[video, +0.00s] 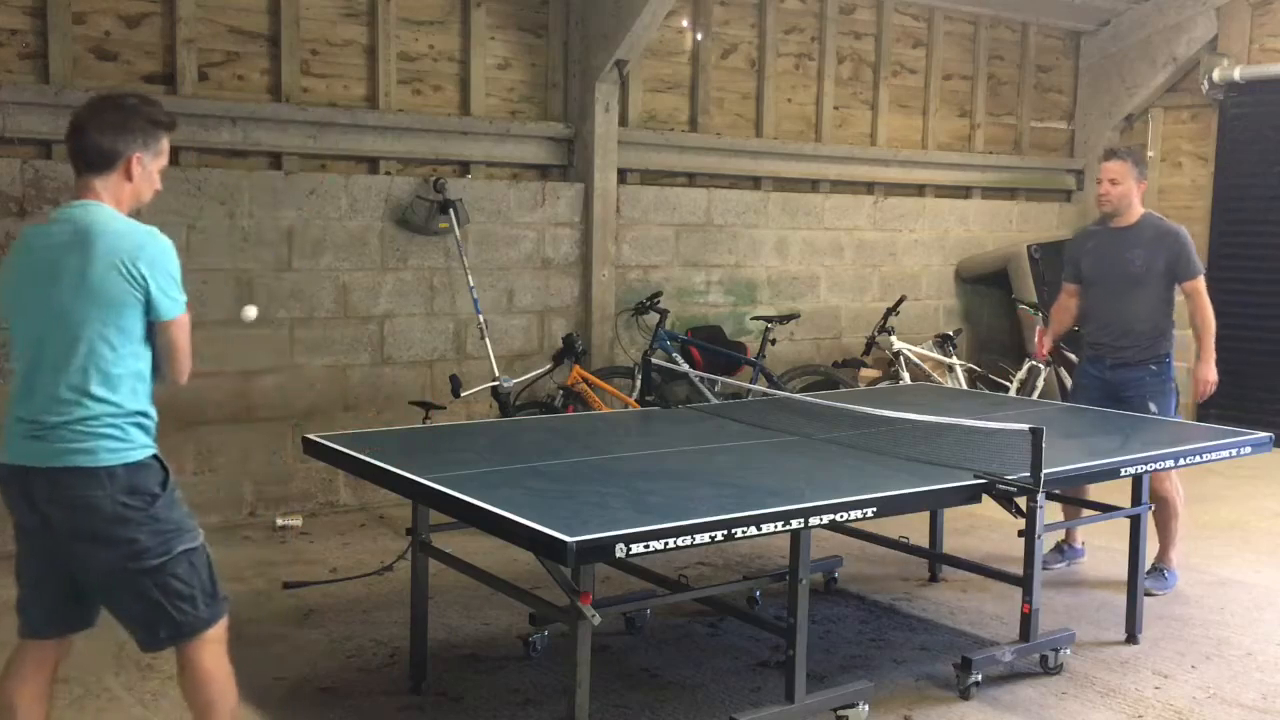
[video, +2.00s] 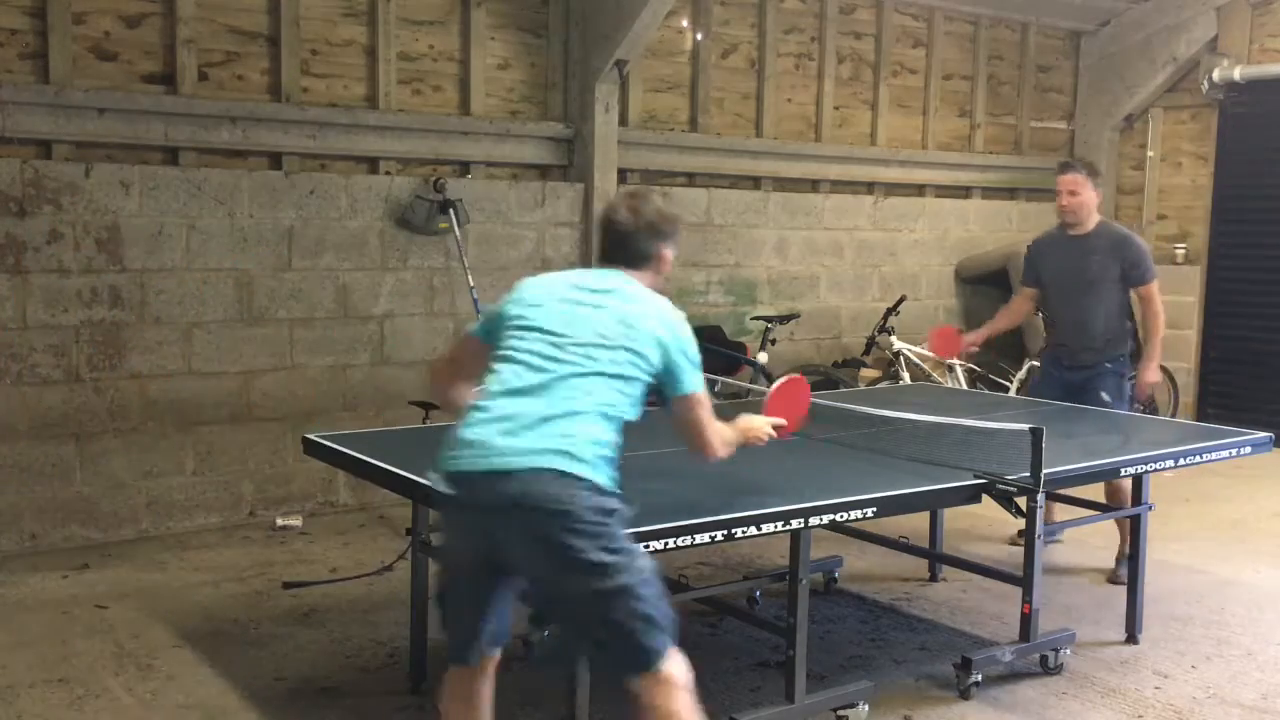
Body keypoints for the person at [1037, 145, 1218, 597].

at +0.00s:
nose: (1102, 190)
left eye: (1113, 182)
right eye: (1100, 182)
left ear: (1139, 187)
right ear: (1098, 187)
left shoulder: (1169, 237)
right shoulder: (1084, 241)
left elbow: (1197, 298)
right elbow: (1068, 299)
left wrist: (1206, 359)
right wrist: (1050, 331)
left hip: (1148, 373)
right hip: (1092, 370)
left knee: (1159, 476)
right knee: (1070, 458)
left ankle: (1165, 562)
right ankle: (1071, 542)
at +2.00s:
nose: (1064, 201)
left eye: (1073, 193)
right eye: (1058, 194)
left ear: (1095, 197)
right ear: (1054, 199)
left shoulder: (1124, 245)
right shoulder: (1042, 249)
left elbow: (1152, 304)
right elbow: (1024, 302)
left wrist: (1151, 361)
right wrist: (984, 332)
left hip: (1108, 369)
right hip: (1055, 366)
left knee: (1113, 461)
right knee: (1041, 448)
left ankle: (1129, 546)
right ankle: (1048, 522)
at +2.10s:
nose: (1037, 215)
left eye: (1045, 206)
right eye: (1034, 207)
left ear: (1072, 206)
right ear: (1035, 210)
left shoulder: (1105, 257)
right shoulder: (1031, 259)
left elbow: (1136, 319)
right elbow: (1013, 313)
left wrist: (1119, 373)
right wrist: (959, 339)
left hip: (1090, 381)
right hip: (1039, 376)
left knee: (1109, 468)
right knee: (1004, 435)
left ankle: (1127, 548)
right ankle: (1013, 510)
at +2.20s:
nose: (1001, 224)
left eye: (1008, 215)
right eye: (1000, 216)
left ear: (1038, 215)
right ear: (1016, 219)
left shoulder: (1074, 261)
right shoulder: (1007, 267)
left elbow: (1102, 319)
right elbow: (995, 319)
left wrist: (1080, 349)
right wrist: (948, 345)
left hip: (1071, 384)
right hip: (1021, 379)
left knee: (1093, 462)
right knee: (966, 429)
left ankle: (1125, 548)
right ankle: (929, 506)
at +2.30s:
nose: (958, 227)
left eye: (964, 218)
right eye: (956, 219)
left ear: (994, 217)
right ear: (973, 222)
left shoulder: (1031, 257)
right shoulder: (968, 270)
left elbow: (1071, 301)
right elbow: (954, 326)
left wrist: (1059, 321)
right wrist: (902, 346)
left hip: (1043, 385)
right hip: (990, 384)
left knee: (1081, 464)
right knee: (939, 441)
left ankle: (1123, 547)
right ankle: (890, 505)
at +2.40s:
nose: (910, 235)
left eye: (916, 226)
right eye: (909, 227)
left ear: (942, 225)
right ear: (925, 228)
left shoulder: (977, 262)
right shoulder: (923, 282)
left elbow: (1031, 287)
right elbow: (888, 335)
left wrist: (1040, 303)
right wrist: (834, 345)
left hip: (1007, 380)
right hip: (961, 383)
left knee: (1055, 459)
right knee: (913, 437)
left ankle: (1112, 544)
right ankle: (881, 512)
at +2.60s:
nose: (847, 252)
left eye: (852, 244)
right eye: (846, 245)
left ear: (878, 244)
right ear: (867, 248)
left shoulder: (921, 274)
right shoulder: (862, 301)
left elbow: (979, 294)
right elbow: (827, 344)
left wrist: (985, 315)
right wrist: (774, 362)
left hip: (969, 378)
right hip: (925, 387)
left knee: (1008, 454)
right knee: (887, 438)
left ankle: (1077, 534)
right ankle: (879, 514)